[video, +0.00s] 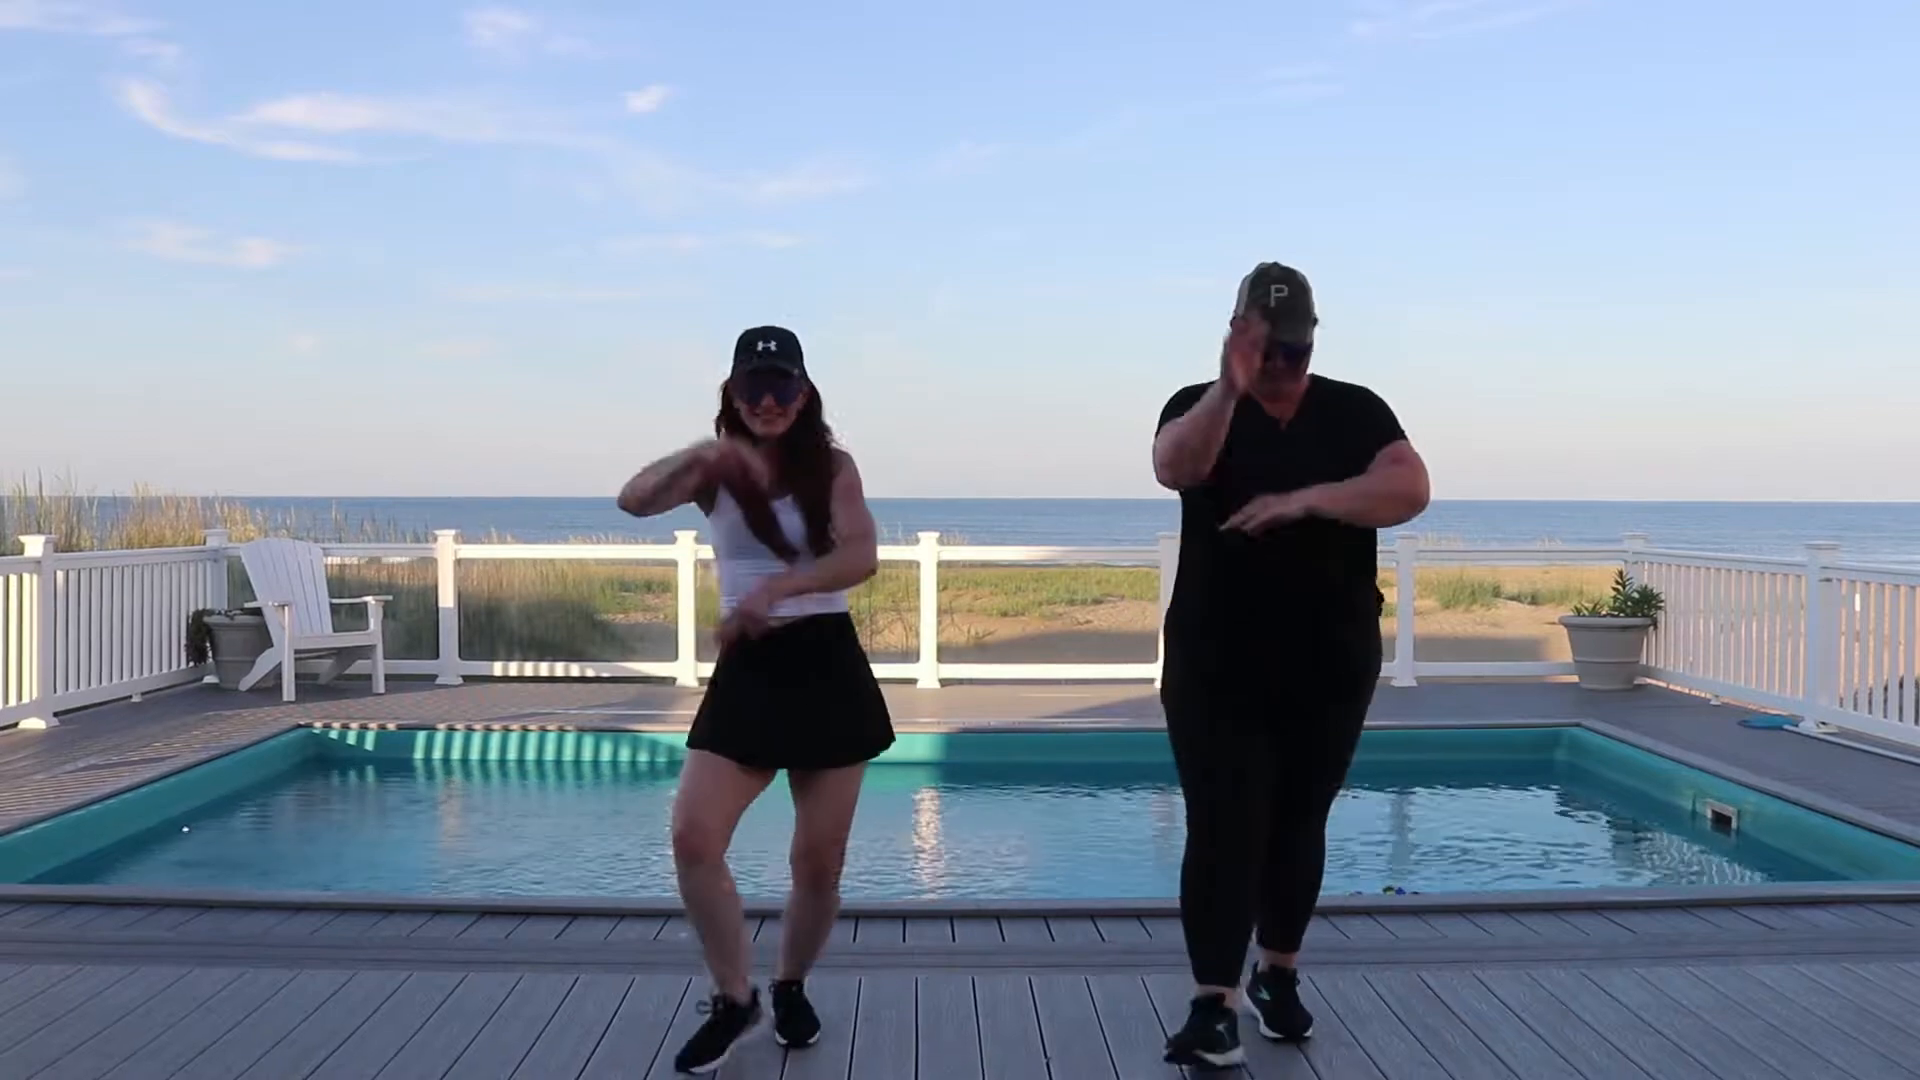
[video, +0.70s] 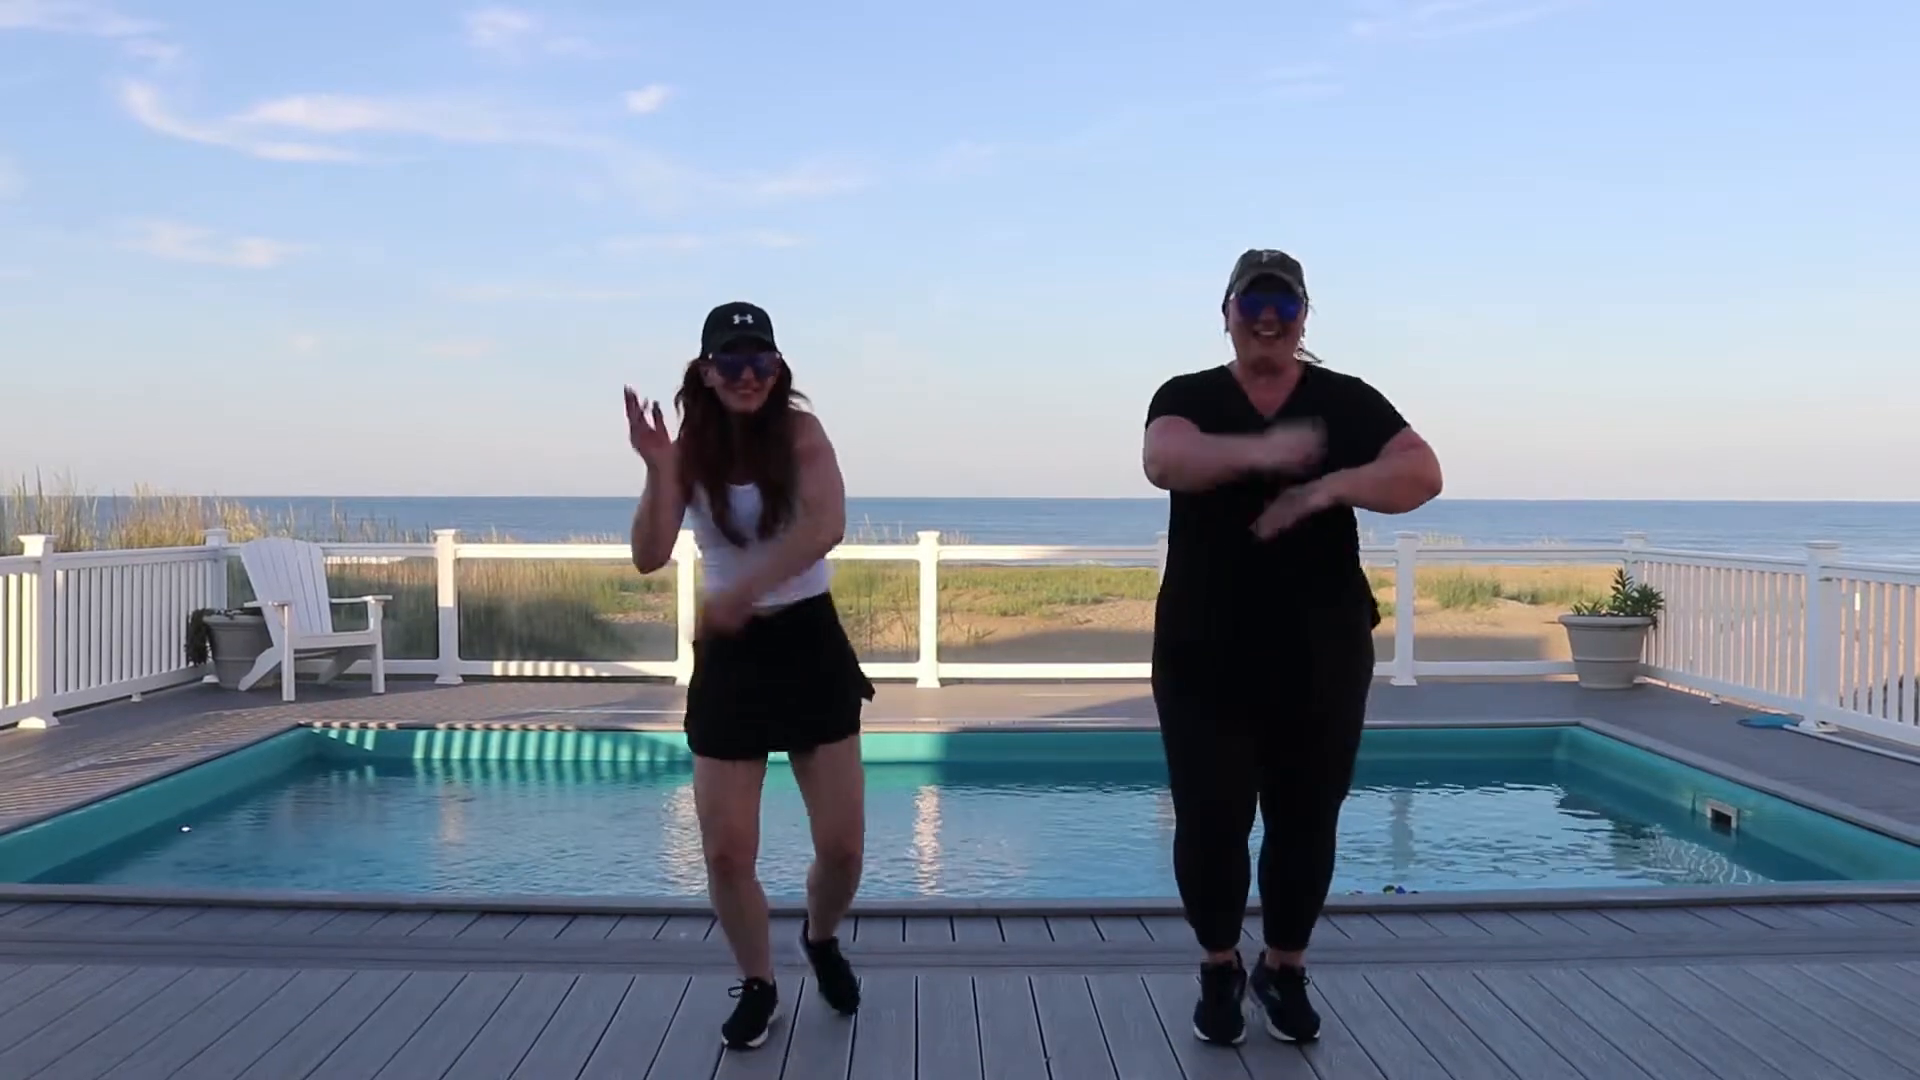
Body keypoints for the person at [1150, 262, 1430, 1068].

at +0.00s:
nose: (1286, 364)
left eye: (1298, 350)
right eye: (1271, 349)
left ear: (1313, 340)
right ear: (1238, 339)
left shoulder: (1353, 409)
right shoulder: (1195, 408)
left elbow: (1409, 489)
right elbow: (1179, 470)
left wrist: (1307, 498)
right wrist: (1230, 384)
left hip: (1327, 667)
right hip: (1216, 665)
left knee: (1301, 823)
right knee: (1222, 825)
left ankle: (1278, 974)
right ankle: (1214, 1000)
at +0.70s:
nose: (1269, 318)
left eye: (1284, 306)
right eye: (1254, 305)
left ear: (1304, 316)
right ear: (1229, 314)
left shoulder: (1346, 399)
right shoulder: (1186, 396)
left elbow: (1421, 475)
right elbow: (1165, 460)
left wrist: (1329, 488)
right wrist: (1264, 451)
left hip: (1321, 652)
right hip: (1206, 650)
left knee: (1306, 818)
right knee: (1211, 817)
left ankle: (1285, 966)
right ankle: (1220, 968)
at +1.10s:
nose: (1288, 305)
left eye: (1301, 295)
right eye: (1272, 295)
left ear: (1318, 310)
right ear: (1243, 307)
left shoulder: (1356, 395)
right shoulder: (1203, 389)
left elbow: (1398, 454)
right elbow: (1184, 478)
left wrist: (1386, 343)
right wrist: (1315, 470)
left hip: (1326, 650)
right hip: (1209, 649)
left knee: (1319, 826)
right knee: (1211, 821)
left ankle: (1301, 992)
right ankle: (1220, 969)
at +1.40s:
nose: (1299, 309)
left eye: (1313, 299)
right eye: (1284, 298)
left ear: (1331, 315)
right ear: (1255, 312)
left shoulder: (1368, 401)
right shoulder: (1214, 396)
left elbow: (1410, 472)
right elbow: (1193, 492)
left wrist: (1400, 351)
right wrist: (1318, 485)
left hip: (1337, 654)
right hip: (1223, 653)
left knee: (1326, 826)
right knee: (1224, 820)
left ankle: (1310, 992)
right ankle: (1229, 956)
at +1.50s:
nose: (1300, 309)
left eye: (1313, 299)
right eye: (1284, 297)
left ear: (1332, 312)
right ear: (1257, 310)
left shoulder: (1371, 399)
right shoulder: (1217, 394)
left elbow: (1423, 464)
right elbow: (1201, 487)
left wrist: (1406, 345)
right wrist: (1329, 484)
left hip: (1341, 643)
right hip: (1225, 643)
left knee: (1338, 814)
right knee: (1229, 809)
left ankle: (1316, 974)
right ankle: (1229, 957)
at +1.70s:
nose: (1302, 316)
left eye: (1315, 305)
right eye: (1286, 306)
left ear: (1336, 322)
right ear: (1261, 324)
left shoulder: (1383, 409)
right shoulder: (1223, 405)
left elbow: (1454, 488)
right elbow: (1197, 479)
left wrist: (1367, 477)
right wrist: (1270, 483)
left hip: (1350, 665)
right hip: (1234, 662)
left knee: (1326, 825)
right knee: (1222, 827)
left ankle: (1312, 974)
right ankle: (1226, 971)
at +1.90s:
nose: (1295, 303)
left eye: (1309, 291)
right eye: (1279, 292)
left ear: (1332, 309)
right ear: (1253, 311)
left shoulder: (1377, 394)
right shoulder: (1217, 395)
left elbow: (1418, 478)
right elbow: (1221, 463)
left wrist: (1300, 479)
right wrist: (1252, 352)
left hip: (1351, 654)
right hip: (1236, 656)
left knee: (1338, 823)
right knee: (1238, 825)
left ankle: (1319, 974)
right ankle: (1233, 996)